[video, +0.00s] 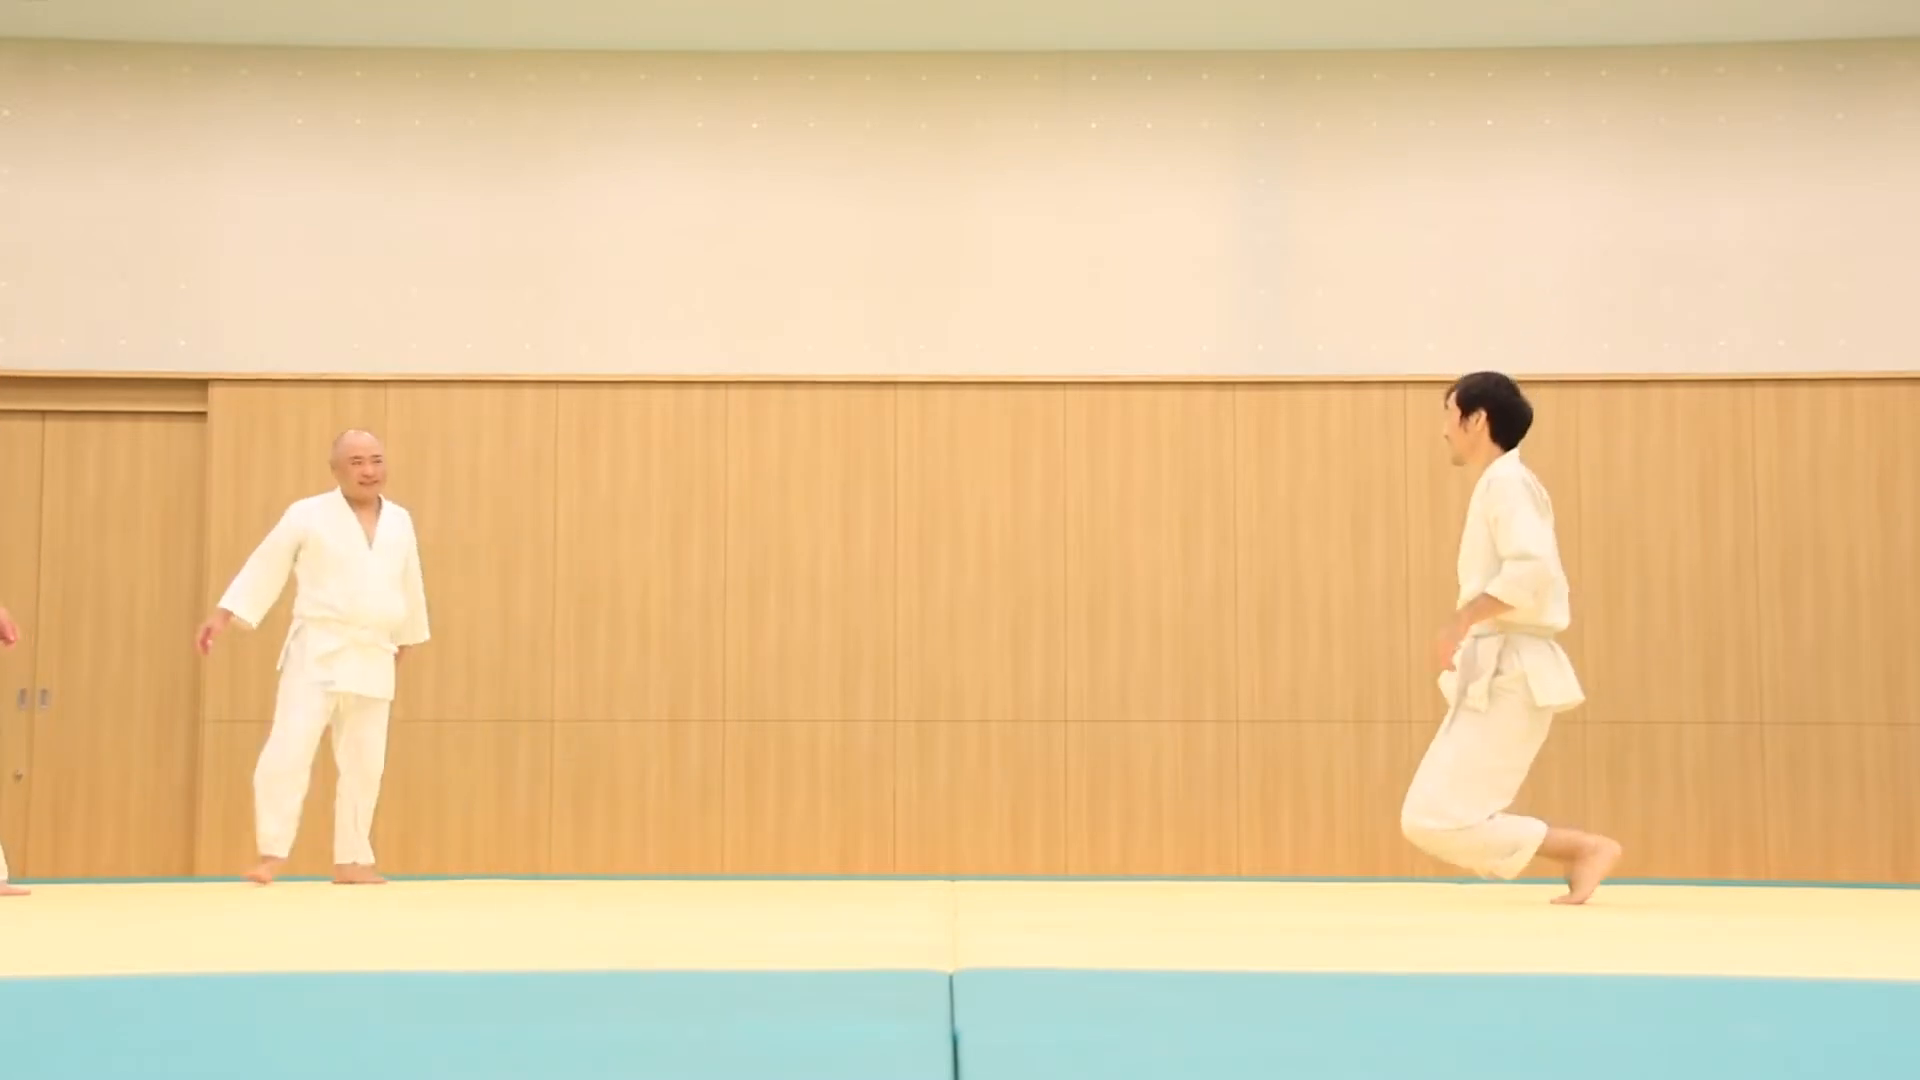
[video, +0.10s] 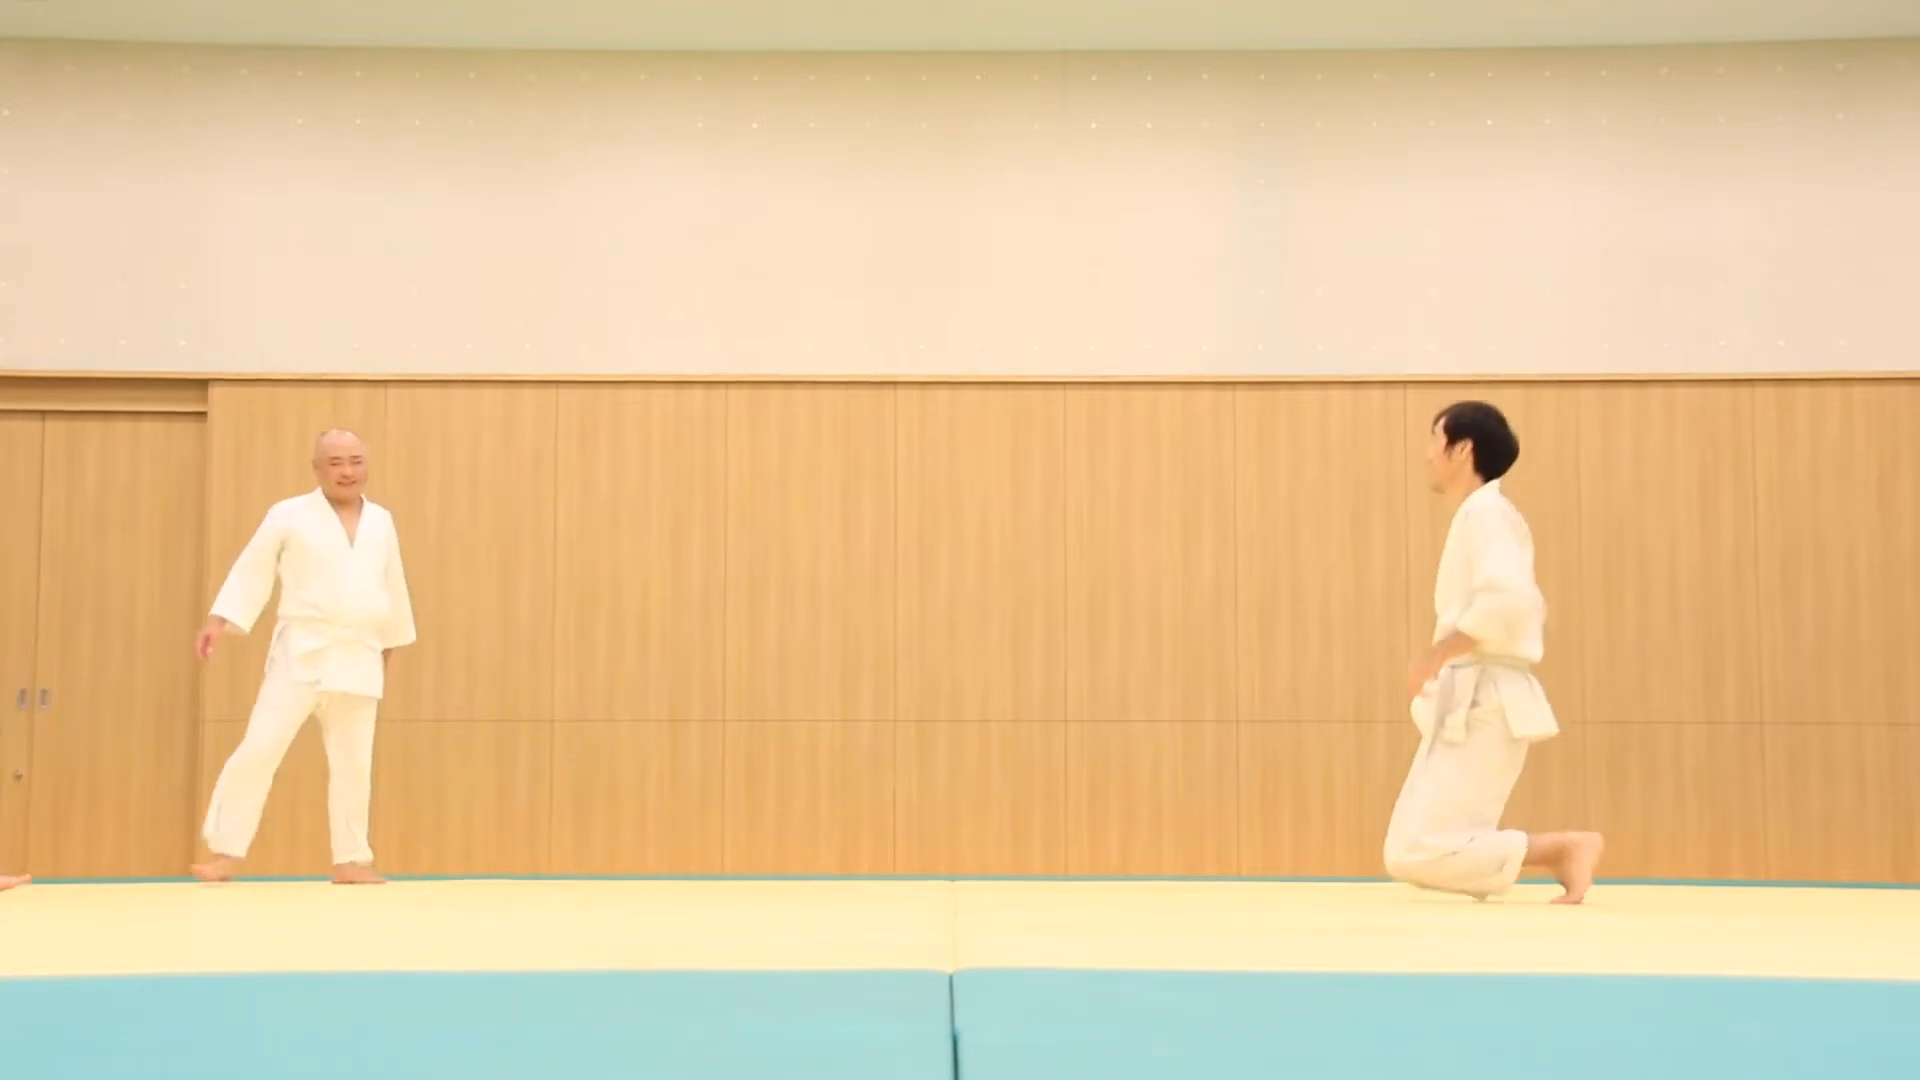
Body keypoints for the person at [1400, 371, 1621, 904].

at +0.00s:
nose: (1445, 428)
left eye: (1451, 415)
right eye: (1447, 414)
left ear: (1478, 420)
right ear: (1486, 421)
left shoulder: (1506, 481)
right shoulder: (1506, 481)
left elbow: (1532, 571)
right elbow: (1530, 581)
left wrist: (1460, 622)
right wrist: (1462, 633)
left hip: (1513, 675)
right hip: (1501, 674)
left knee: (1430, 819)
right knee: (1431, 819)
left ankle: (1583, 849)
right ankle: (1577, 851)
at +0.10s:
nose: (1429, 455)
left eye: (1436, 442)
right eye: (1432, 442)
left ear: (1464, 450)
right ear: (1469, 452)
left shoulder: (1486, 512)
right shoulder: (1488, 513)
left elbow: (1507, 601)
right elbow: (1526, 610)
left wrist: (1436, 655)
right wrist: (1452, 668)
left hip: (1487, 700)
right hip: (1477, 699)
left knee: (1412, 853)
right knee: (1410, 852)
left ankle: (1562, 851)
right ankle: (1557, 854)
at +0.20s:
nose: (1399, 482)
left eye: (1409, 472)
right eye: (1405, 470)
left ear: (1434, 487)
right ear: (1437, 488)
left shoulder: (1457, 555)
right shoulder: (1446, 554)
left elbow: (1452, 667)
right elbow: (1449, 667)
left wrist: (1395, 743)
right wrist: (1405, 748)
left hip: (1475, 738)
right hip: (1462, 737)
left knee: (1397, 878)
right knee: (1400, 873)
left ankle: (1535, 847)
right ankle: (1534, 847)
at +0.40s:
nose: (1346, 496)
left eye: (1356, 484)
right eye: (1350, 483)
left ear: (1385, 496)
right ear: (1383, 498)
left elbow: (1409, 668)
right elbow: (1381, 674)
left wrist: (1341, 731)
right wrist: (1336, 727)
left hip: (1478, 728)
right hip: (1447, 730)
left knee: (1402, 876)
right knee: (1402, 873)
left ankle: (1540, 840)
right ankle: (1538, 842)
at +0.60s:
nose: (1333, 515)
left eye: (1342, 501)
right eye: (1336, 501)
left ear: (1375, 512)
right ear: (1373, 513)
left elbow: (1349, 669)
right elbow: (1340, 669)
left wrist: (1266, 731)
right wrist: (1268, 729)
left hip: (1484, 742)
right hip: (1457, 742)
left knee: (1399, 879)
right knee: (1398, 876)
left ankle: (1533, 841)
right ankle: (1530, 842)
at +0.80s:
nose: (1332, 548)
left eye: (1340, 534)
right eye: (1333, 534)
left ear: (1372, 543)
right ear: (1371, 545)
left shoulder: (1416, 601)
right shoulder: (1404, 605)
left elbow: (1339, 690)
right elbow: (1371, 718)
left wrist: (1247, 740)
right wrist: (1322, 692)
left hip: (1504, 757)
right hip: (1482, 756)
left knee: (1401, 879)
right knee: (1401, 874)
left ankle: (1537, 850)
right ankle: (1536, 849)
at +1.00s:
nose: (1360, 565)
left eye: (1368, 550)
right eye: (1360, 551)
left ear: (1401, 558)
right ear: (1400, 559)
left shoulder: (1444, 617)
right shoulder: (1428, 621)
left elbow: (1376, 712)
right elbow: (1417, 737)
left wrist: (1290, 774)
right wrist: (1394, 696)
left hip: (1528, 775)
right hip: (1499, 774)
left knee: (1404, 878)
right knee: (1401, 873)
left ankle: (1543, 854)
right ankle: (1542, 851)